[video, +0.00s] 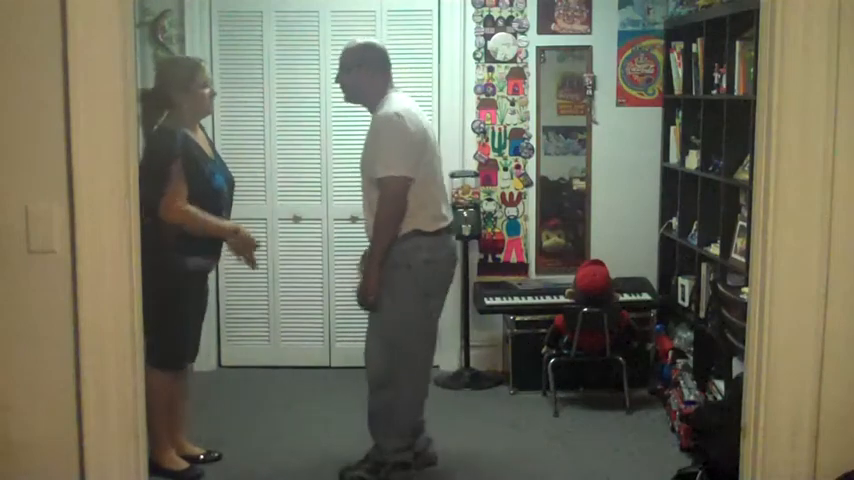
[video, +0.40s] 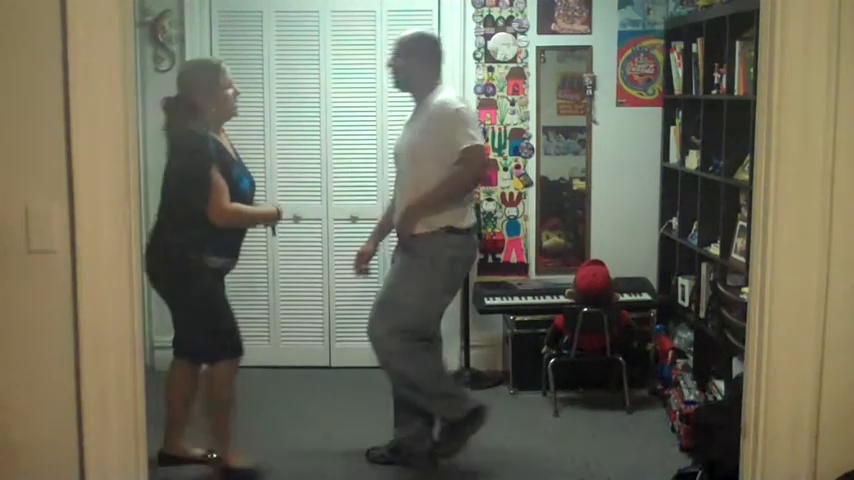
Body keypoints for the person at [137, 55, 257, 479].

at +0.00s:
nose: (211, 91)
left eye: (210, 85)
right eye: (203, 87)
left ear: (196, 94)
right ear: (179, 94)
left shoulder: (197, 133)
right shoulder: (169, 139)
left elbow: (199, 200)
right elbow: (171, 209)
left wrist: (232, 235)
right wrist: (229, 231)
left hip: (193, 264)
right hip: (169, 266)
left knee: (181, 358)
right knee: (164, 360)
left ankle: (178, 439)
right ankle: (162, 449)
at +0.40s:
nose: (235, 91)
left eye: (232, 85)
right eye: (227, 87)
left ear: (206, 98)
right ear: (205, 96)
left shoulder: (214, 136)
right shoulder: (199, 144)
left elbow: (225, 197)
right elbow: (219, 211)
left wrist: (257, 210)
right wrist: (265, 214)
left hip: (192, 259)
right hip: (186, 263)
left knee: (189, 351)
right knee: (226, 350)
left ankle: (173, 445)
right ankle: (223, 454)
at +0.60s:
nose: (257, 96)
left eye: (254, 90)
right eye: (249, 91)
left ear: (226, 102)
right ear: (225, 101)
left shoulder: (233, 142)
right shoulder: (219, 147)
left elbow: (257, 175)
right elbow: (224, 213)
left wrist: (295, 178)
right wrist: (279, 225)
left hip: (219, 265)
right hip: (214, 269)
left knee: (203, 356)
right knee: (264, 352)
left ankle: (176, 443)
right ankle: (288, 451)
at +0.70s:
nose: (269, 98)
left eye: (266, 92)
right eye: (260, 94)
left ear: (241, 105)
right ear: (237, 104)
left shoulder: (250, 144)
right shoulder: (234, 148)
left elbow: (279, 171)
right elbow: (230, 214)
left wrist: (324, 165)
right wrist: (289, 231)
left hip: (245, 269)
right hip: (228, 271)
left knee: (230, 356)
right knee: (276, 356)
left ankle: (182, 437)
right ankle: (289, 452)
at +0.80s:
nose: (283, 98)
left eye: (280, 92)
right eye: (275, 93)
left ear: (255, 103)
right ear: (252, 103)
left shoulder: (270, 143)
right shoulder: (246, 146)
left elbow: (306, 167)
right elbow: (239, 211)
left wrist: (353, 157)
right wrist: (299, 232)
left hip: (269, 267)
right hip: (245, 269)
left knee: (282, 353)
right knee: (284, 354)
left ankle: (216, 411)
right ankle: (290, 455)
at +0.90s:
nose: (295, 98)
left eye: (292, 92)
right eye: (287, 94)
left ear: (276, 104)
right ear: (263, 104)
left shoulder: (295, 144)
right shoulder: (254, 148)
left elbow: (329, 161)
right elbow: (244, 212)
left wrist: (376, 147)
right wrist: (303, 225)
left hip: (290, 265)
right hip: (253, 268)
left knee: (325, 350)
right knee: (290, 358)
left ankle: (278, 415)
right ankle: (288, 447)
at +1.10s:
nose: (316, 97)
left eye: (313, 90)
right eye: (307, 92)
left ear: (296, 103)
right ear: (281, 104)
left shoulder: (331, 144)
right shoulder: (263, 157)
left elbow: (360, 162)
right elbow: (242, 217)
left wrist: (393, 155)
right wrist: (292, 228)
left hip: (331, 267)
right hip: (276, 272)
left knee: (356, 359)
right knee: (296, 367)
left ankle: (377, 438)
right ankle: (289, 453)